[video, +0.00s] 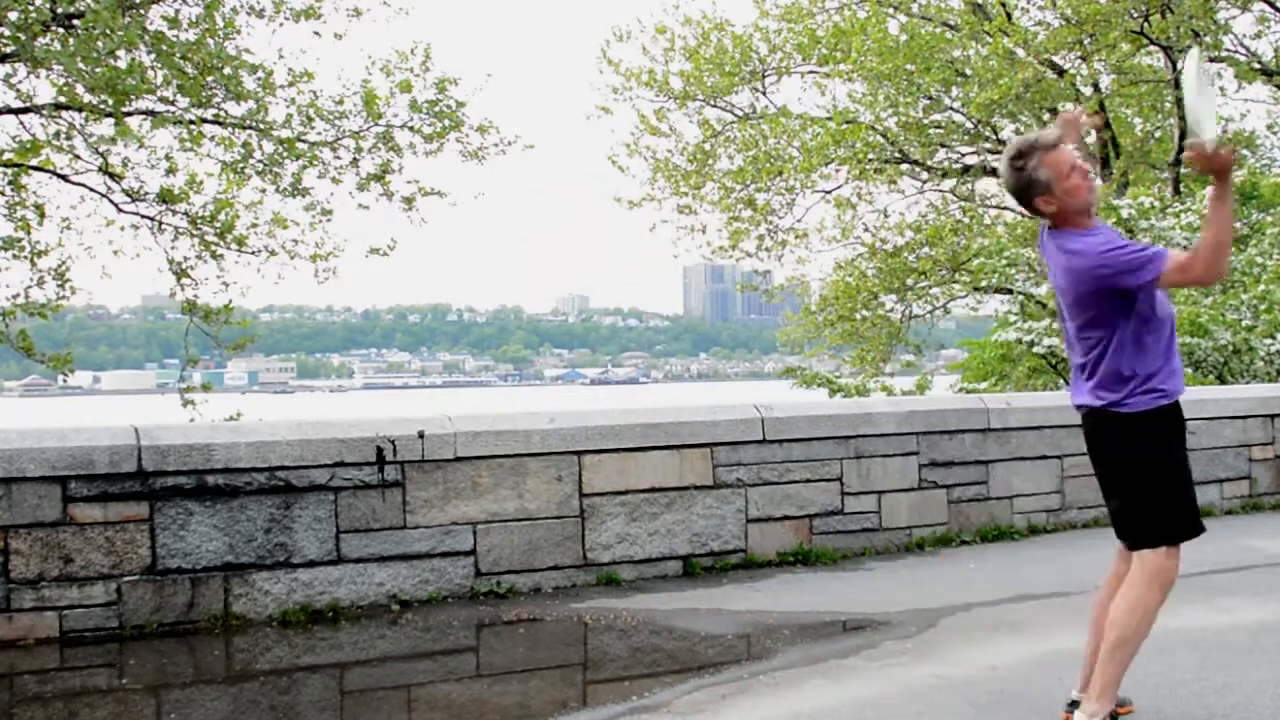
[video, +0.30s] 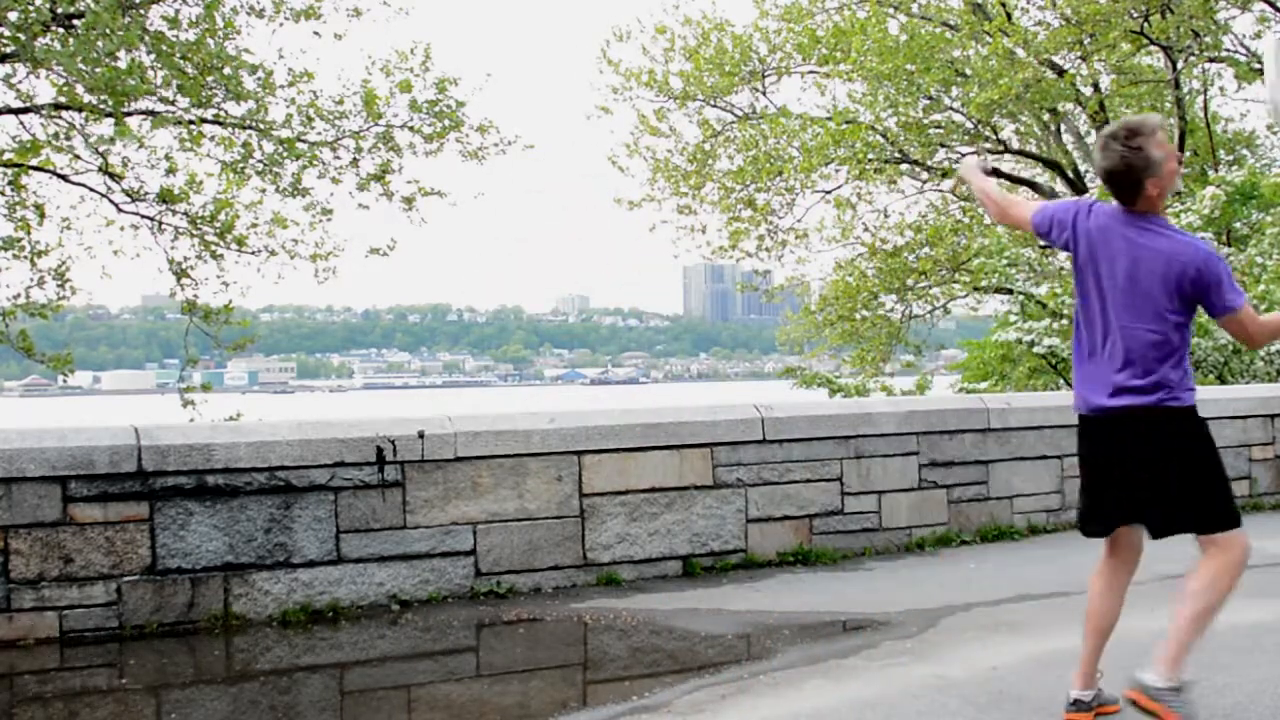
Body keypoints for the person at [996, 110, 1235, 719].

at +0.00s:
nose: (1084, 168)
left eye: (1079, 160)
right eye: (1072, 170)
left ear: (1052, 201)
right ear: (1049, 202)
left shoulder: (1061, 236)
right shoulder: (1095, 254)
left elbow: (1069, 188)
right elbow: (1207, 269)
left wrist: (1066, 137)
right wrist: (1222, 181)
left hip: (1112, 412)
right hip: (1137, 416)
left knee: (1133, 558)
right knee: (1159, 563)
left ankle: (1088, 695)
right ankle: (1096, 706)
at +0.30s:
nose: (1179, 158)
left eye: (1173, 151)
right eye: (1171, 155)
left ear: (1124, 181)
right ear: (1152, 184)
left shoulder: (1083, 219)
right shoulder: (1191, 256)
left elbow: (1005, 209)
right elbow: (1253, 332)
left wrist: (972, 172)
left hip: (1099, 422)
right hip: (1168, 422)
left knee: (1121, 549)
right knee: (1227, 547)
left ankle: (1082, 689)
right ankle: (1161, 676)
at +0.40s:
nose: (1203, 182)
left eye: (1199, 174)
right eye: (1200, 177)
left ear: (1139, 183)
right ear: (1188, 192)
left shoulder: (1102, 224)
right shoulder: (1216, 264)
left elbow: (1026, 215)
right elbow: (1268, 324)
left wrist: (991, 184)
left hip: (1114, 429)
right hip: (1189, 427)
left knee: (1121, 551)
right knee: (1250, 549)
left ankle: (1084, 688)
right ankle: (1243, 689)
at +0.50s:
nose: (1236, 198)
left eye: (1232, 190)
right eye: (1236, 192)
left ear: (1172, 197)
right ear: (1227, 204)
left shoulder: (1128, 238)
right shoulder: (1250, 271)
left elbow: (1052, 211)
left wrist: (1021, 172)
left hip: (1136, 434)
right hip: (1213, 433)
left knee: (1129, 554)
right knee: (1264, 555)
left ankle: (1085, 687)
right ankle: (1278, 696)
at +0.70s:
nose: (1260, 201)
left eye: (1264, 195)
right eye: (1268, 194)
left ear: (1266, 209)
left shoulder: (1223, 255)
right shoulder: (1268, 259)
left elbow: (1113, 237)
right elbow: (1239, 252)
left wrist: (1051, 190)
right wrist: (1196, 213)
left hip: (1193, 433)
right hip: (1268, 438)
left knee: (1151, 550)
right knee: (1276, 573)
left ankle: (1108, 688)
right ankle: (1279, 709)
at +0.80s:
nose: (1271, 188)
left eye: (1274, 182)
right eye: (1272, 181)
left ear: (1276, 192)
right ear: (1273, 195)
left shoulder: (1239, 250)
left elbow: (1129, 258)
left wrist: (1033, 234)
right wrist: (1190, 279)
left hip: (1214, 427)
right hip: (1274, 438)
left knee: (1159, 543)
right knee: (1279, 574)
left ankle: (1128, 687)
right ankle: (1277, 706)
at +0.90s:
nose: (1269, 179)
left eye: (1273, 172)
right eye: (1273, 171)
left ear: (1278, 178)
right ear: (1277, 181)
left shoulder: (1256, 245)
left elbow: (1149, 282)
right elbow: (1267, 313)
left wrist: (1059, 300)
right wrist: (1211, 329)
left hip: (1232, 422)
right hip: (1277, 429)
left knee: (1167, 543)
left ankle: (1159, 687)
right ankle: (1279, 705)